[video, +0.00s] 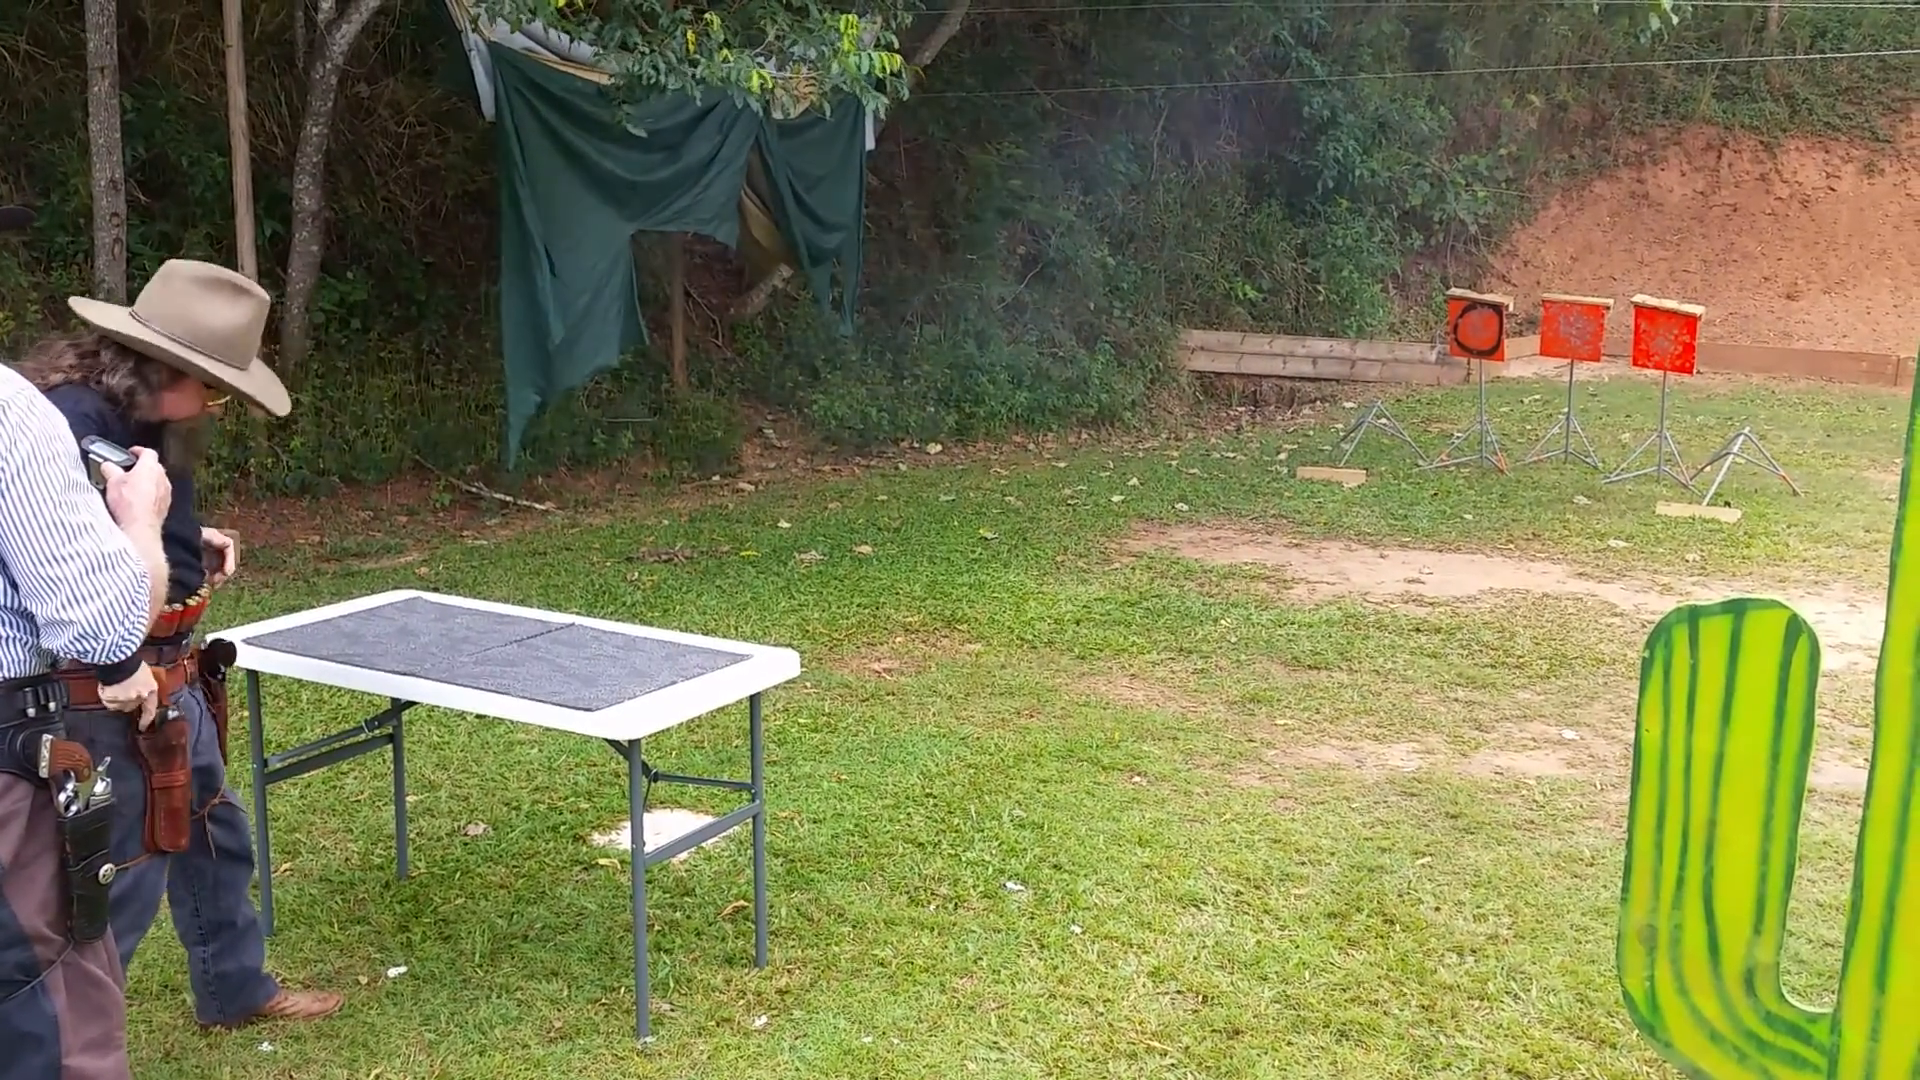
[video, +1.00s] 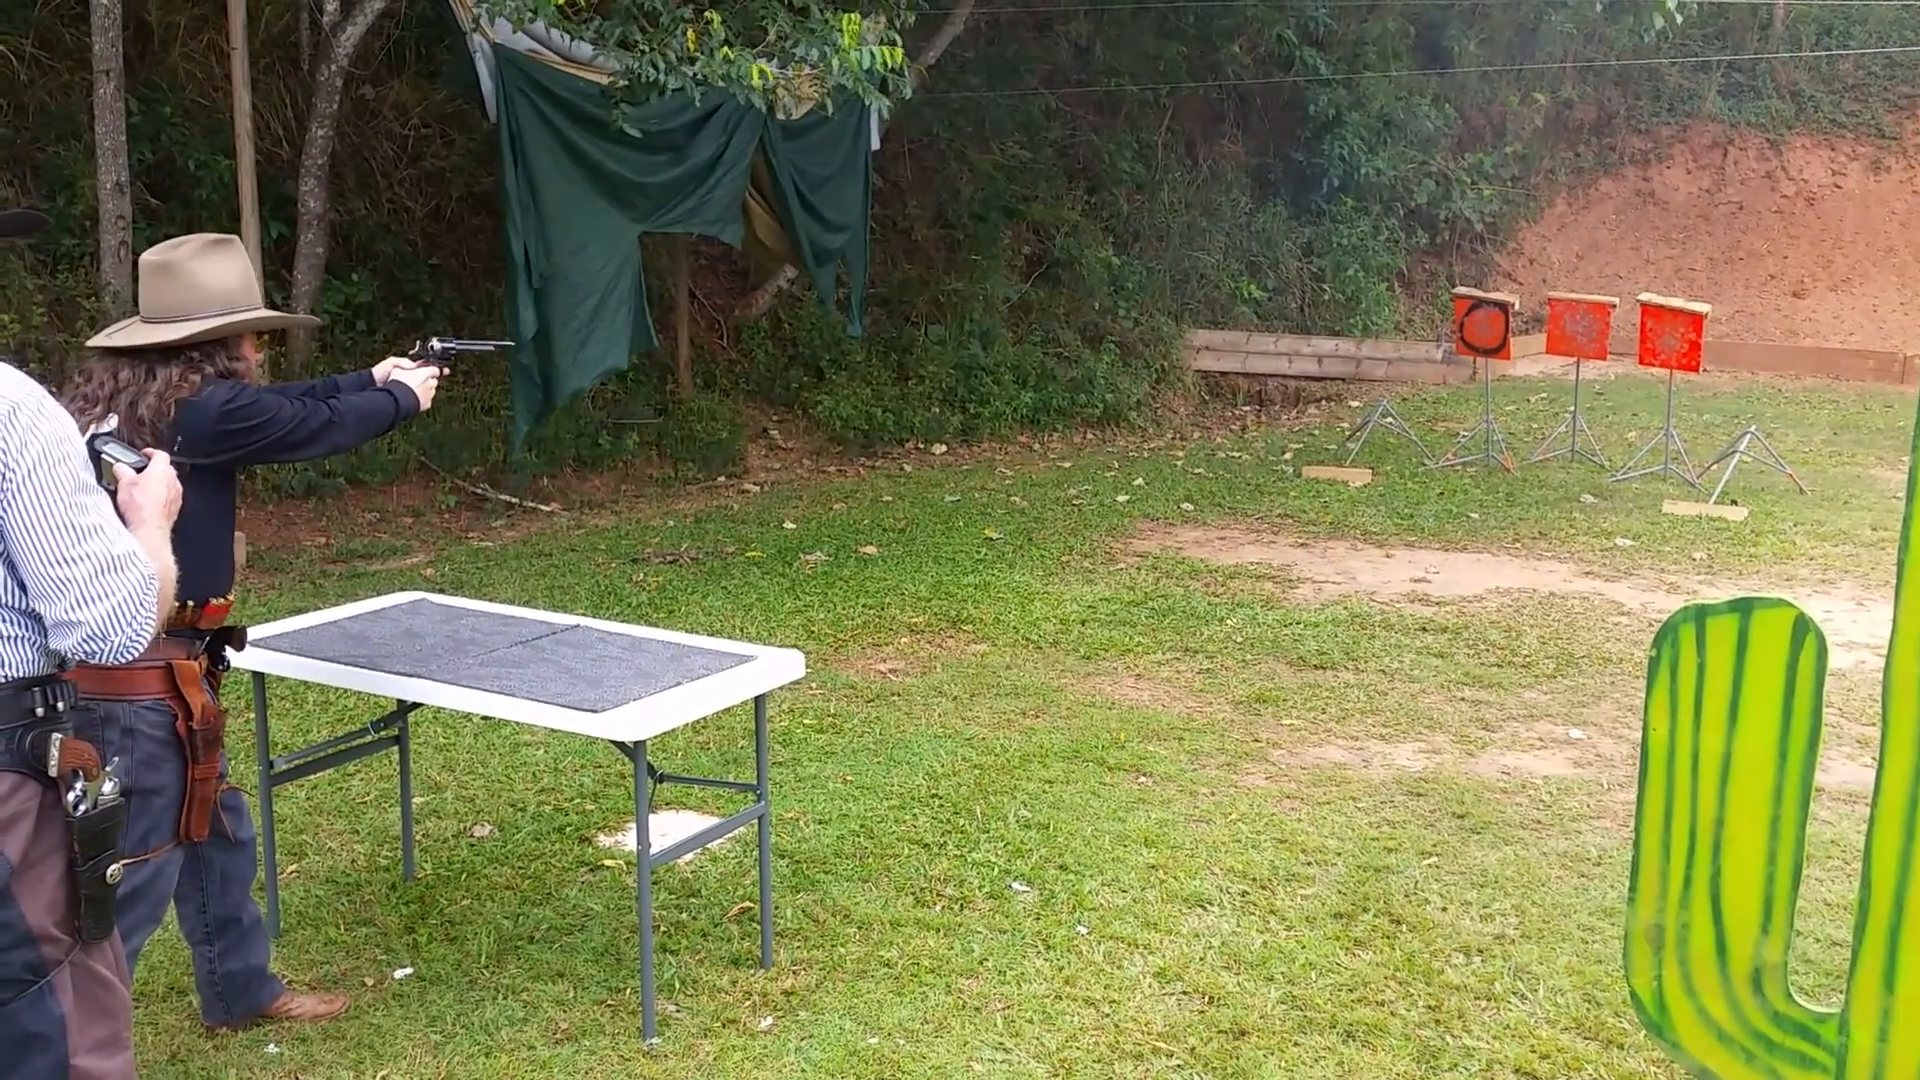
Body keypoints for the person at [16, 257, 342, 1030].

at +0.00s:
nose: (213, 408)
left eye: (219, 395)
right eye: (211, 391)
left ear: (167, 368)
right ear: (169, 372)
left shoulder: (144, 429)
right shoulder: (75, 429)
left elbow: (133, 520)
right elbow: (75, 565)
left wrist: (187, 539)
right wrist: (126, 671)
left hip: (164, 666)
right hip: (93, 686)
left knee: (210, 828)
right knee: (124, 870)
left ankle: (234, 990)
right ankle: (66, 1023)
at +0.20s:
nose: (228, 363)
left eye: (229, 349)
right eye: (223, 349)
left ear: (146, 337)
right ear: (186, 353)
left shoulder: (119, 404)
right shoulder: (111, 412)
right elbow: (147, 559)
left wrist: (202, 539)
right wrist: (203, 556)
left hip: (160, 666)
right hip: (114, 680)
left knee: (214, 829)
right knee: (131, 879)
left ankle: (236, 990)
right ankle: (64, 1035)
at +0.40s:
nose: (224, 356)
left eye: (222, 341)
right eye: (218, 341)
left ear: (133, 341)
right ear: (185, 347)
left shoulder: (103, 411)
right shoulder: (155, 420)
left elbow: (205, 488)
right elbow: (255, 525)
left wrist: (275, 466)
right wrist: (313, 490)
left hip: (150, 668)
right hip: (128, 679)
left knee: (212, 830)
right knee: (130, 878)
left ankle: (237, 993)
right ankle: (70, 1034)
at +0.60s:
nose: (241, 353)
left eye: (238, 339)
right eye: (233, 340)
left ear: (151, 345)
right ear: (196, 349)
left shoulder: (107, 406)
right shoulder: (185, 418)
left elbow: (256, 417)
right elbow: (299, 438)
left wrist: (347, 386)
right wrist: (381, 402)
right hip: (138, 674)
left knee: (212, 827)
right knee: (134, 872)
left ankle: (237, 992)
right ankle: (70, 1032)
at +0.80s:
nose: (251, 351)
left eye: (248, 338)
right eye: (243, 338)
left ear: (162, 339)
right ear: (209, 343)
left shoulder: (112, 394)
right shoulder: (193, 409)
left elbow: (268, 407)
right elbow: (304, 426)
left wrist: (361, 379)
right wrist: (397, 395)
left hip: (106, 658)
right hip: (143, 669)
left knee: (213, 828)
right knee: (134, 874)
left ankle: (240, 991)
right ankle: (71, 1033)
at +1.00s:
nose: (259, 351)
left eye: (257, 337)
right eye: (251, 337)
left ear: (172, 338)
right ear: (215, 341)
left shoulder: (118, 395)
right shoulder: (197, 409)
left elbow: (274, 406)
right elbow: (309, 428)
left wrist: (368, 379)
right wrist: (402, 399)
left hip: (114, 660)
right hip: (144, 672)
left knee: (216, 830)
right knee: (136, 872)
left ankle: (241, 994)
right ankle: (68, 1031)